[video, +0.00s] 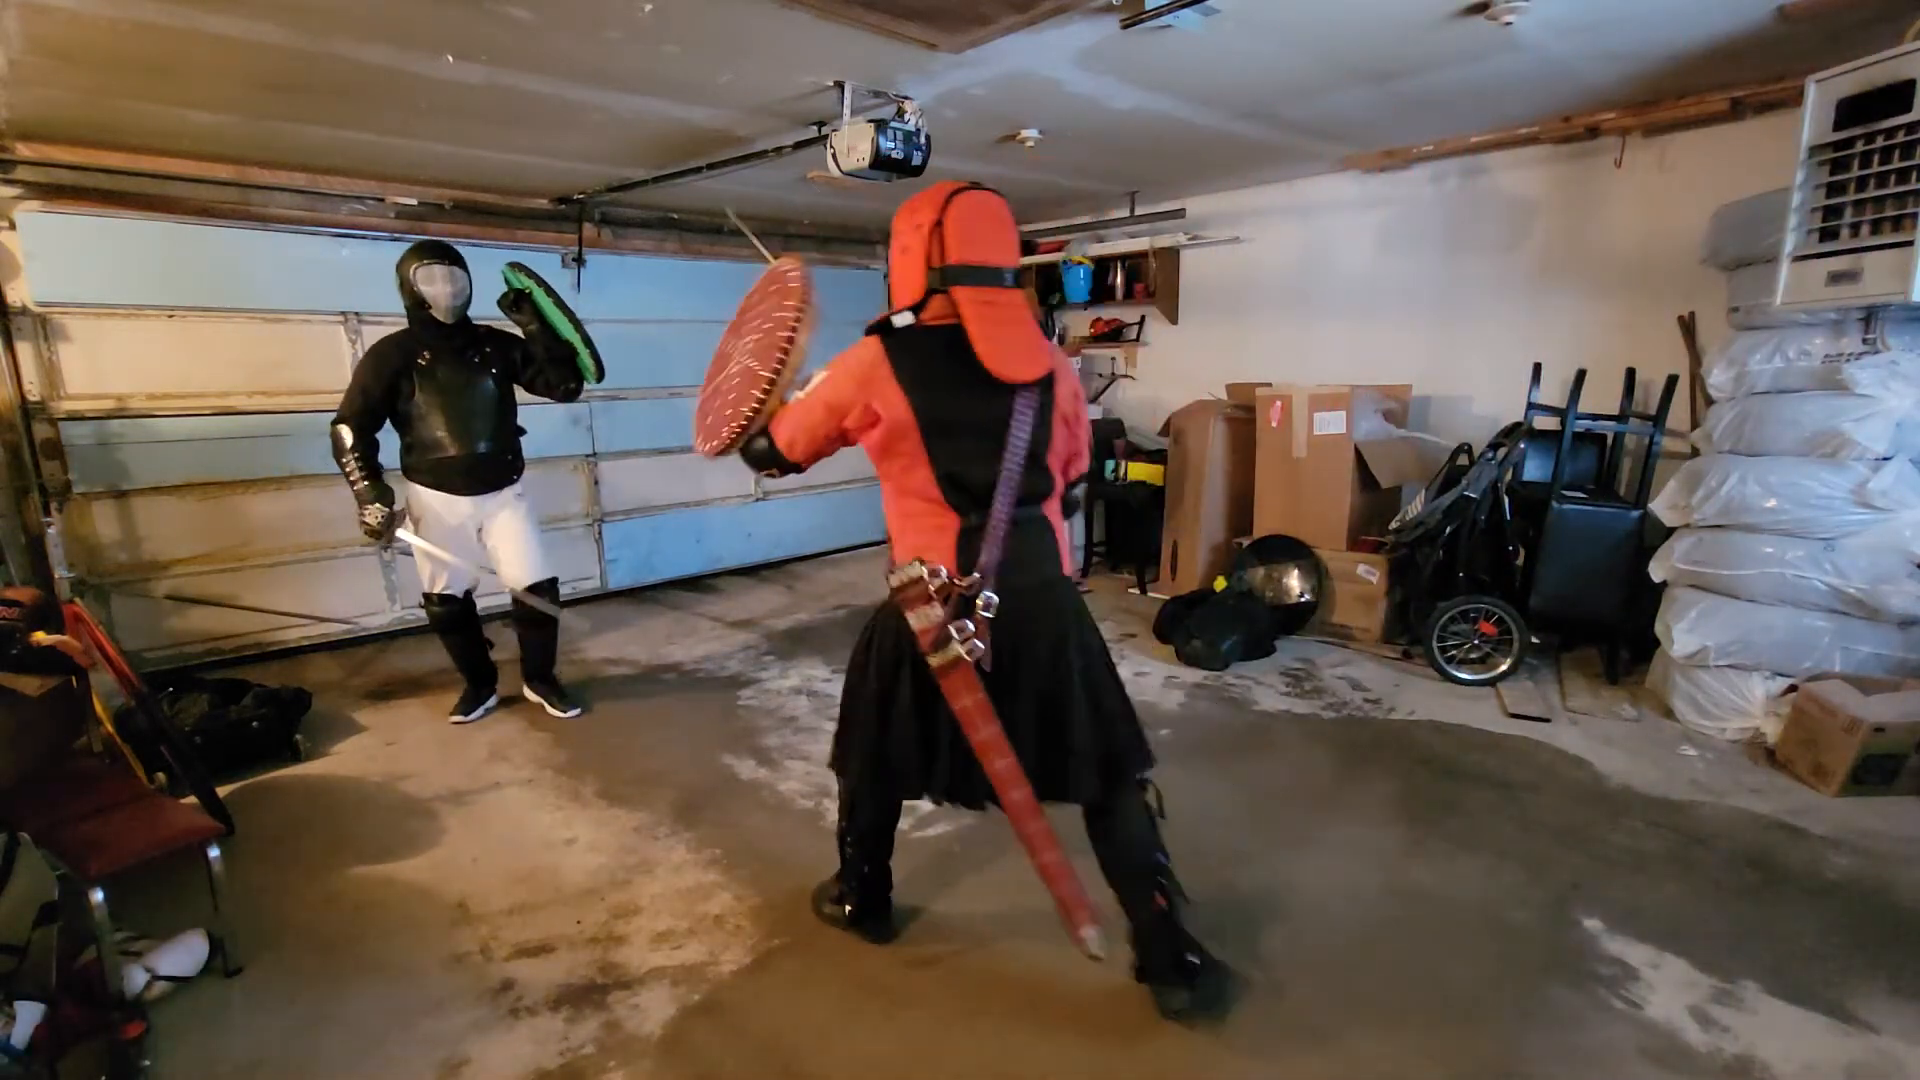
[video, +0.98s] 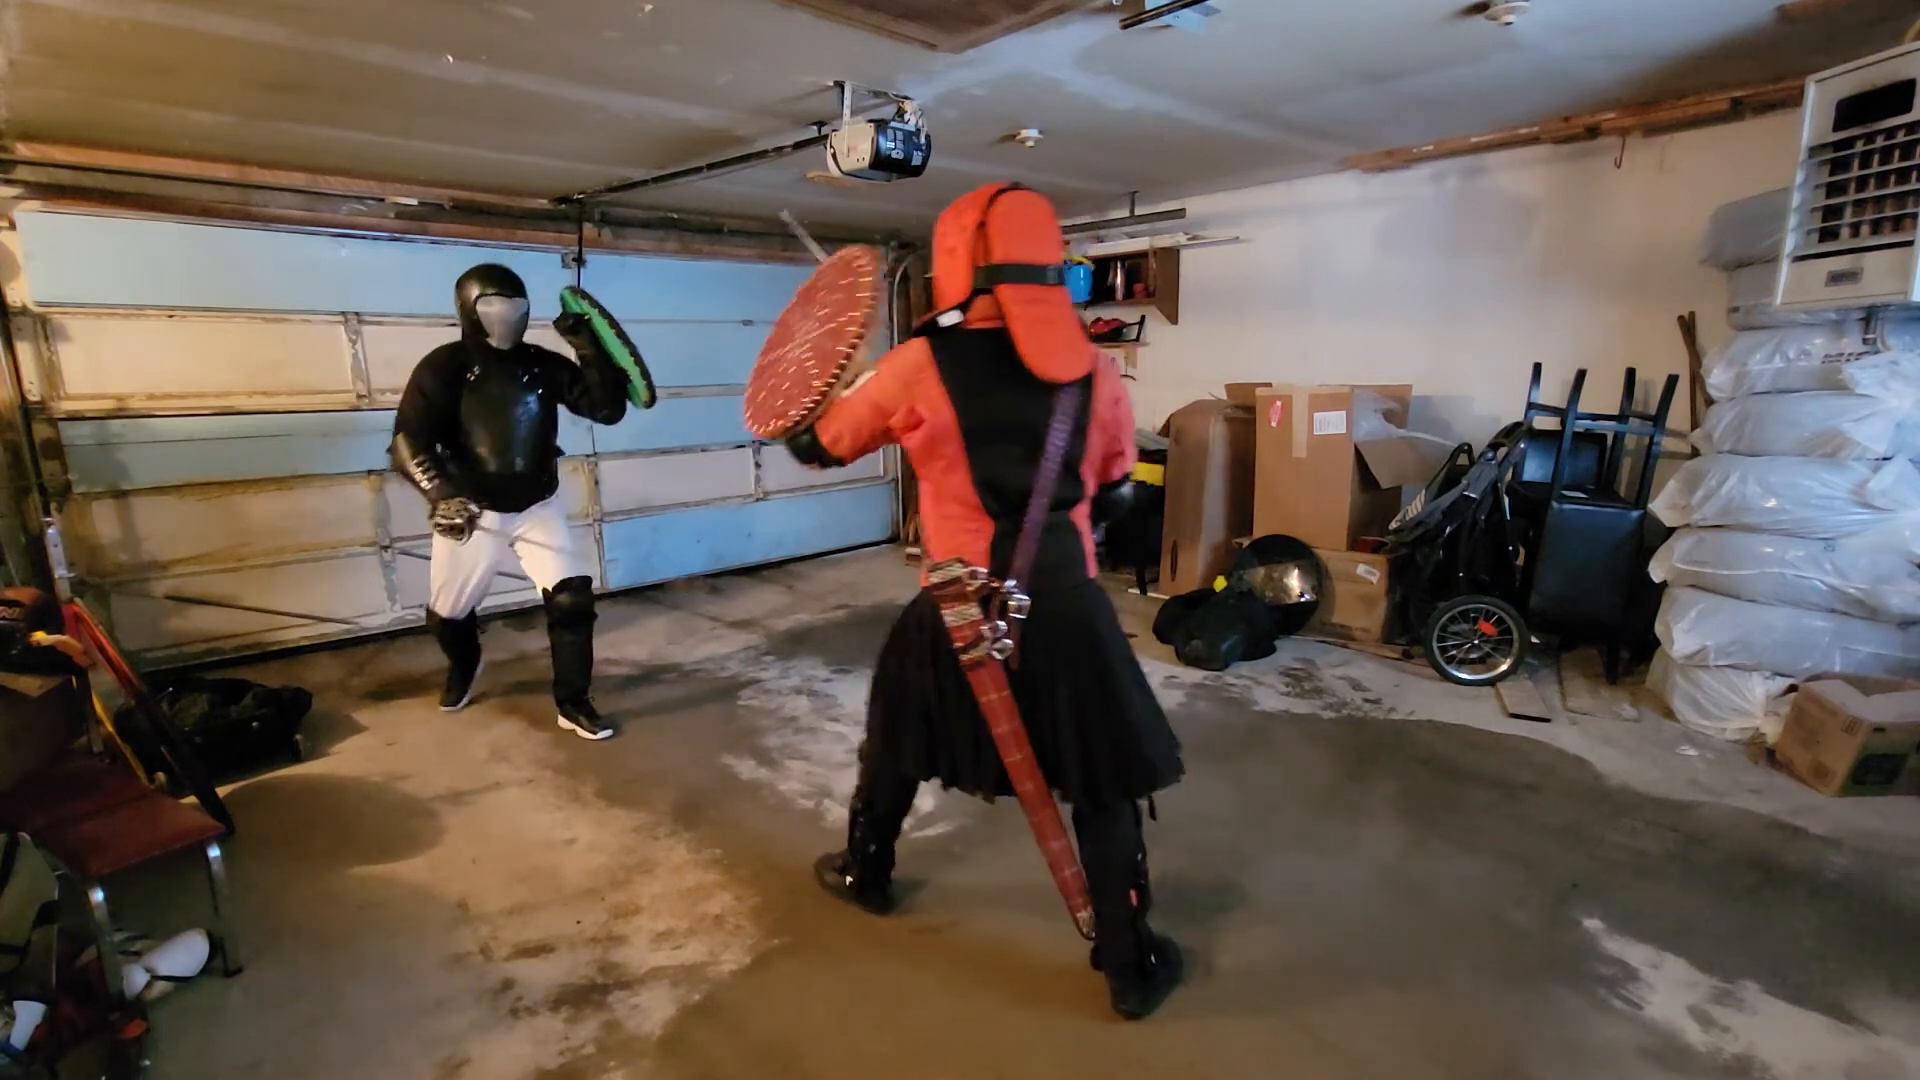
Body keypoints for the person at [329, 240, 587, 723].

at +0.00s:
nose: (446, 289)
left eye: (453, 277)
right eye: (432, 279)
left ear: (468, 282)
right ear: (410, 289)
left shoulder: (497, 346)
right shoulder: (392, 356)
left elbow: (565, 384)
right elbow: (349, 429)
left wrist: (535, 326)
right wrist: (371, 495)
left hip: (503, 496)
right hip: (435, 501)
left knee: (536, 586)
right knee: (446, 602)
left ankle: (540, 679)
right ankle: (480, 682)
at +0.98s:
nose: (514, 311)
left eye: (518, 301)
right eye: (501, 301)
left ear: (526, 307)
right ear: (474, 309)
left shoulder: (545, 366)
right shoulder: (443, 369)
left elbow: (607, 407)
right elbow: (408, 440)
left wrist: (587, 347)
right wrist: (440, 494)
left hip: (539, 511)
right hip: (469, 513)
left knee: (573, 600)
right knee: (446, 618)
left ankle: (573, 701)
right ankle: (464, 663)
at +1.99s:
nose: (473, 303)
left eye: (476, 294)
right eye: (459, 296)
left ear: (485, 300)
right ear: (435, 305)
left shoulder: (507, 354)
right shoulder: (413, 361)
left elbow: (568, 397)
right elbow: (365, 431)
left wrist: (540, 338)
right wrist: (399, 472)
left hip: (509, 492)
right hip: (445, 497)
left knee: (571, 569)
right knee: (442, 601)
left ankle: (620, 655)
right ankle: (469, 675)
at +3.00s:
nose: (617, 315)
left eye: (619, 306)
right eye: (607, 305)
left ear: (622, 312)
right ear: (580, 308)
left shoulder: (624, 368)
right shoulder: (541, 360)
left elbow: (674, 418)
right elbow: (494, 430)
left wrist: (669, 361)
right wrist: (532, 480)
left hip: (601, 497)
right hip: (538, 496)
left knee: (645, 570)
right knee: (501, 587)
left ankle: (642, 663)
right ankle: (490, 656)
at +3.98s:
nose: (601, 306)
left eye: (603, 297)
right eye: (591, 297)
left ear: (604, 301)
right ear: (563, 302)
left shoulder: (622, 362)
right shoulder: (535, 362)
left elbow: (674, 410)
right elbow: (513, 442)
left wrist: (669, 358)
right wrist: (554, 456)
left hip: (619, 494)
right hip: (556, 496)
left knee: (665, 573)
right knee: (539, 592)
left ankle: (685, 675)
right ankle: (534, 666)